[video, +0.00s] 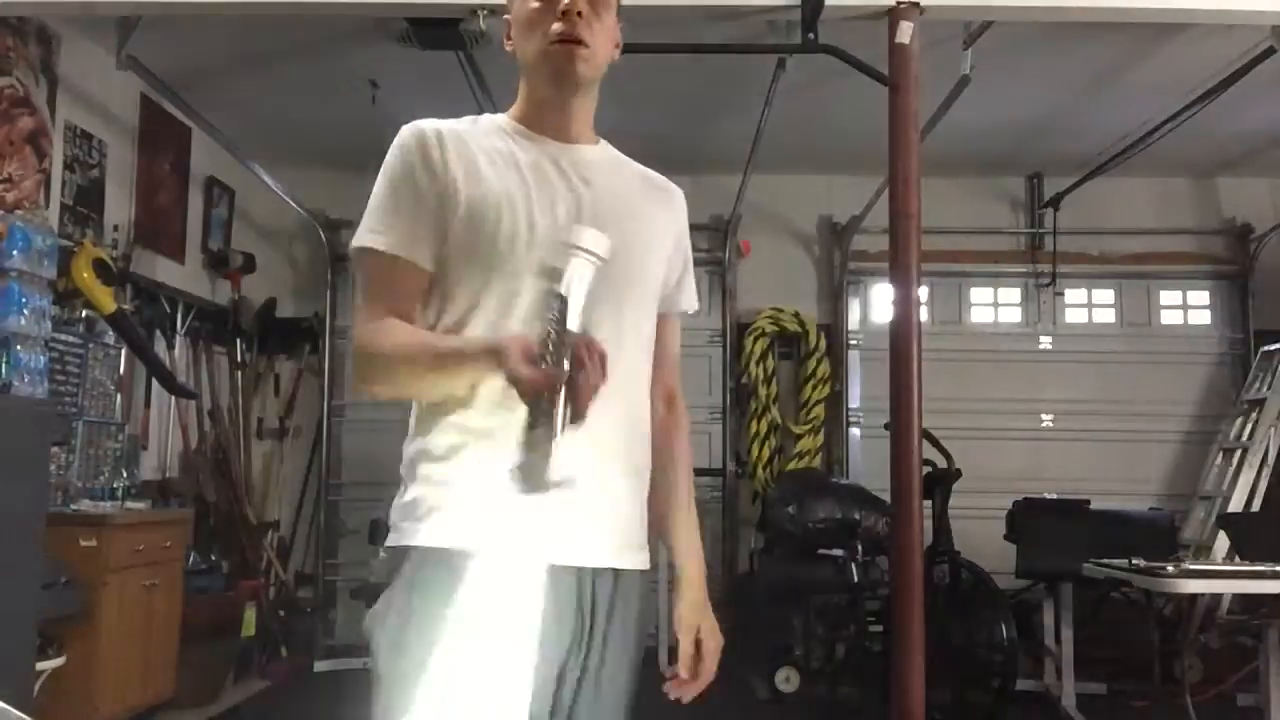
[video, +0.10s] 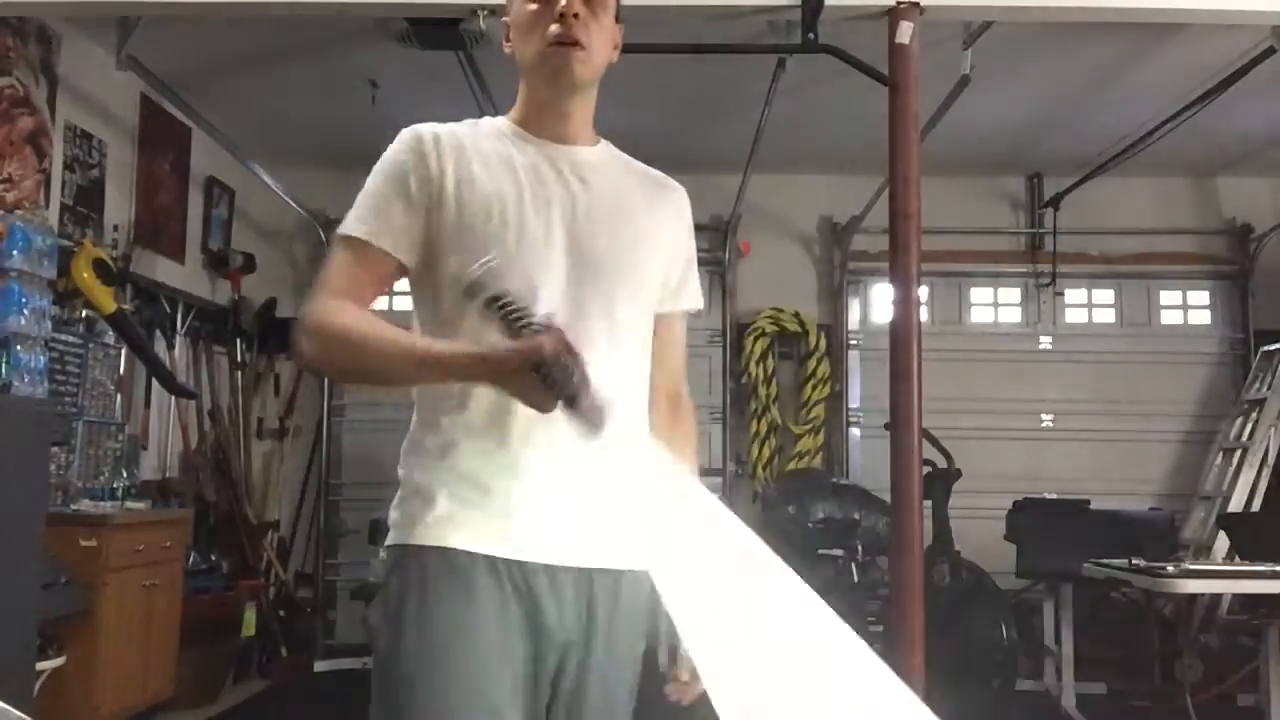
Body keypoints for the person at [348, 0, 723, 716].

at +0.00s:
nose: (571, 10)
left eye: (593, 1)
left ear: (618, 40)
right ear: (508, 30)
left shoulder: (660, 202)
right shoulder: (435, 151)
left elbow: (664, 403)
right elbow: (372, 355)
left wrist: (692, 581)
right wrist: (497, 355)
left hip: (614, 571)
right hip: (464, 561)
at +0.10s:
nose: (566, 11)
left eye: (589, 1)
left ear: (616, 39)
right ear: (506, 30)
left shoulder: (663, 202)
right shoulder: (431, 157)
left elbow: (669, 406)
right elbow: (322, 329)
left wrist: (693, 607)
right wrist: (487, 363)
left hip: (617, 570)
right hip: (462, 560)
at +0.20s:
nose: (564, 10)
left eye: (589, 1)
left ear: (617, 40)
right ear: (507, 32)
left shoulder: (661, 202)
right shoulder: (430, 157)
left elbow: (670, 398)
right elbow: (282, 302)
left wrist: (702, 573)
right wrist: (431, 364)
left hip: (617, 574)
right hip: (459, 563)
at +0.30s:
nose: (565, 9)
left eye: (590, 1)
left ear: (618, 41)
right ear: (507, 32)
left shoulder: (653, 199)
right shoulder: (430, 157)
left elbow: (668, 397)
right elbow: (270, 299)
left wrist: (707, 564)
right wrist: (408, 373)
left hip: (617, 573)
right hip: (466, 565)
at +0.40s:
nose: (568, 15)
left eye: (590, 4)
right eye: (543, 3)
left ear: (619, 37)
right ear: (494, 24)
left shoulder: (654, 206)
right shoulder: (431, 158)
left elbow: (662, 404)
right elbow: (306, 322)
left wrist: (706, 563)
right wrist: (406, 419)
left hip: (614, 576)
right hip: (470, 568)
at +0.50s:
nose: (573, 13)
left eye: (594, 2)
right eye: (548, 0)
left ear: (619, 41)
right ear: (510, 34)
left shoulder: (652, 206)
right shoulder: (432, 156)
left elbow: (652, 400)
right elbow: (358, 348)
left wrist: (698, 560)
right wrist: (432, 432)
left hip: (610, 574)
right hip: (461, 558)